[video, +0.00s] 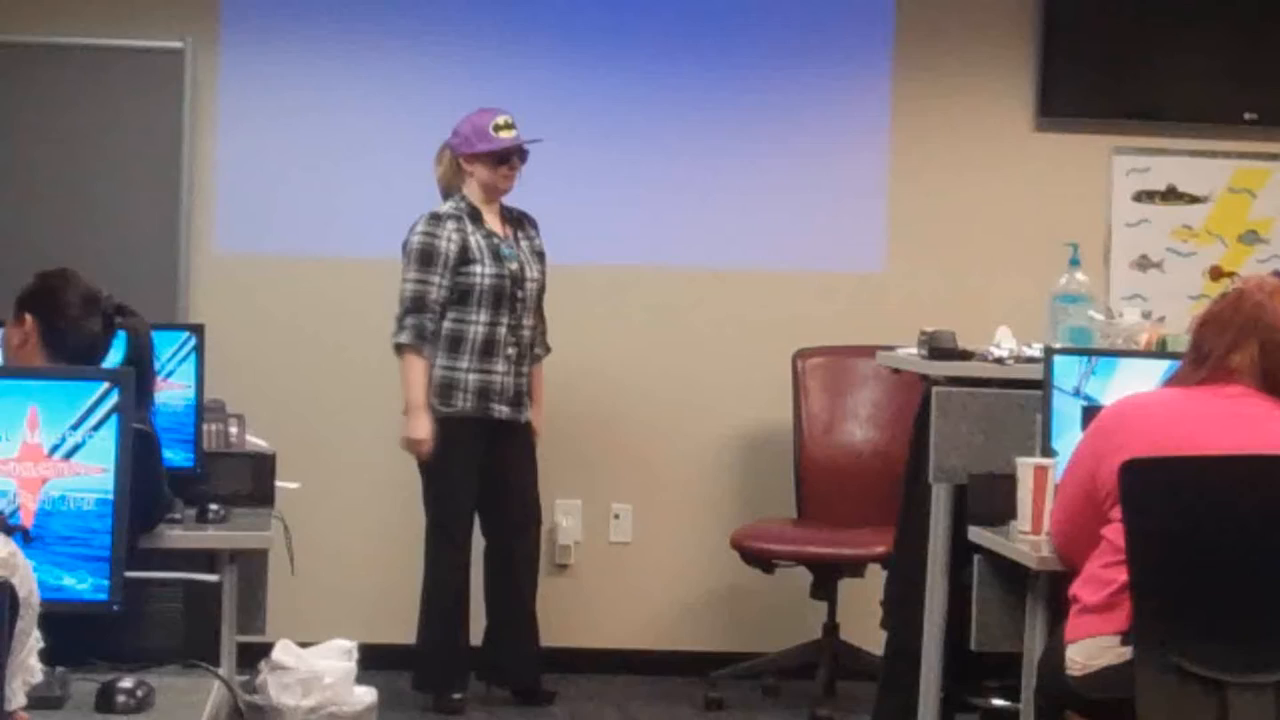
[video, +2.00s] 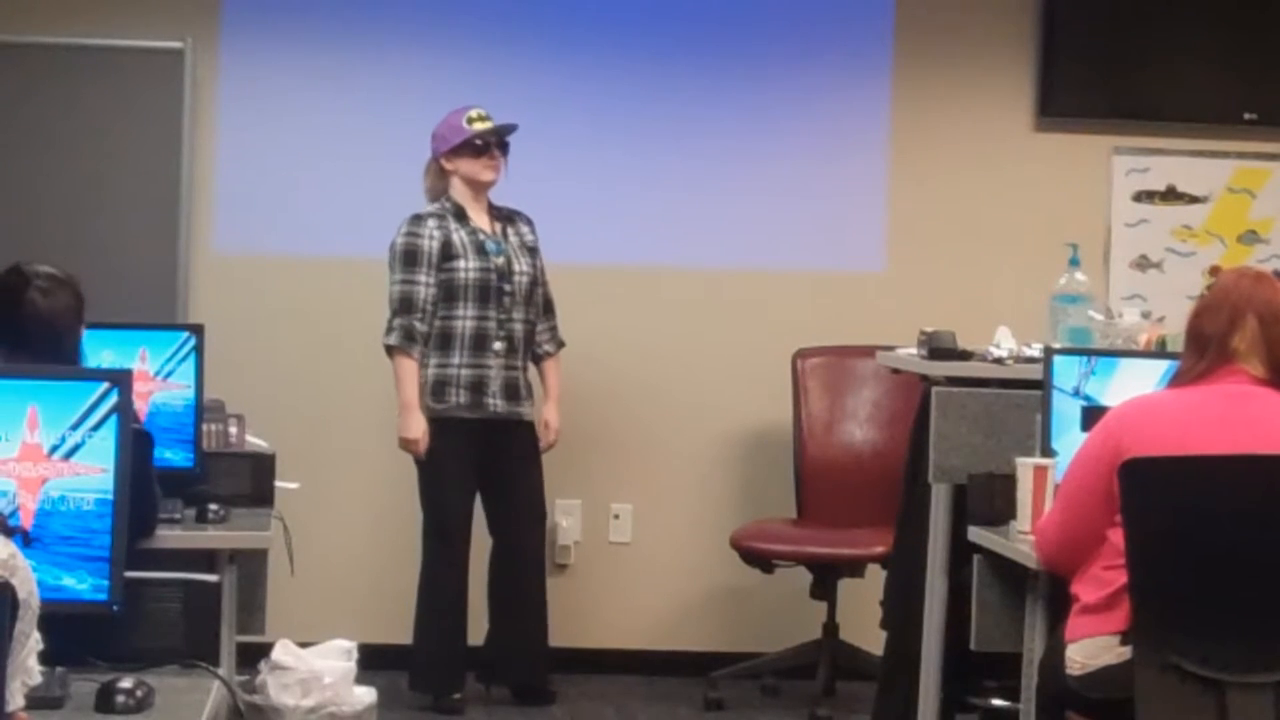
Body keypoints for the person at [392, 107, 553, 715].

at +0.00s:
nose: (508, 169)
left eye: (514, 159)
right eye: (496, 159)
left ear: (520, 165)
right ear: (463, 162)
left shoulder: (525, 232)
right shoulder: (437, 228)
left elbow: (534, 332)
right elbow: (414, 327)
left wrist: (535, 409)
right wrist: (416, 409)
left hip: (510, 420)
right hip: (451, 417)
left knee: (516, 546)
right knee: (449, 550)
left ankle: (514, 669)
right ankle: (441, 679)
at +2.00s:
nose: (493, 157)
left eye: (497, 148)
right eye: (478, 149)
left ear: (501, 159)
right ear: (447, 160)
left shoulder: (518, 230)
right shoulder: (422, 229)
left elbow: (542, 320)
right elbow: (404, 329)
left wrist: (551, 397)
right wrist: (410, 409)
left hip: (513, 417)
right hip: (447, 418)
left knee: (522, 547)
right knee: (447, 552)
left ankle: (519, 673)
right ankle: (439, 681)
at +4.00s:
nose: (478, 155)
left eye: (492, 147)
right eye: (477, 147)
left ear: (530, 156)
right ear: (484, 158)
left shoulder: (573, 233)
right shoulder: (455, 229)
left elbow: (597, 331)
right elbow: (428, 322)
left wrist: (594, 414)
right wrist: (415, 404)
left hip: (547, 415)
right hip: (467, 411)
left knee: (542, 549)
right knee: (463, 541)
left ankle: (532, 694)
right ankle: (468, 669)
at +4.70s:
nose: (479, 171)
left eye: (493, 164)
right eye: (481, 162)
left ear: (532, 175)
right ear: (490, 174)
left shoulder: (573, 251)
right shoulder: (460, 249)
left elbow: (574, 343)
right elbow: (435, 344)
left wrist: (514, 391)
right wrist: (419, 427)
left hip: (552, 440)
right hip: (466, 437)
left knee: (558, 570)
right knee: (450, 568)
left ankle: (572, 701)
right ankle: (468, 709)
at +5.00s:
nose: (511, 165)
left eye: (526, 155)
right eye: (499, 153)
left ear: (548, 166)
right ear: (483, 162)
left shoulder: (572, 240)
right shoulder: (449, 236)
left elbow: (572, 335)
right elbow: (414, 329)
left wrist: (526, 389)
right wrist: (411, 402)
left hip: (543, 430)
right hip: (457, 426)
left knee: (557, 572)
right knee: (453, 568)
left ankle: (524, 706)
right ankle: (454, 703)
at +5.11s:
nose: (536, 177)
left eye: (547, 168)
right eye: (521, 167)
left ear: (558, 180)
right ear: (492, 178)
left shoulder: (576, 257)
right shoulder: (450, 249)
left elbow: (594, 366)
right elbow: (407, 349)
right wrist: (400, 440)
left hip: (549, 450)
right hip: (460, 449)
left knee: (580, 580)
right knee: (454, 592)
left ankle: (533, 714)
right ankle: (446, 714)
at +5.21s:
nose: (556, 163)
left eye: (564, 154)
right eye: (540, 154)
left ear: (571, 164)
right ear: (506, 161)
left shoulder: (589, 240)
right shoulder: (465, 229)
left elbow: (632, 326)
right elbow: (424, 316)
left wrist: (667, 413)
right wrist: (440, 393)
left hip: (556, 433)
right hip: (471, 430)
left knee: (575, 569)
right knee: (458, 575)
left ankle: (569, 711)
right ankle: (437, 711)